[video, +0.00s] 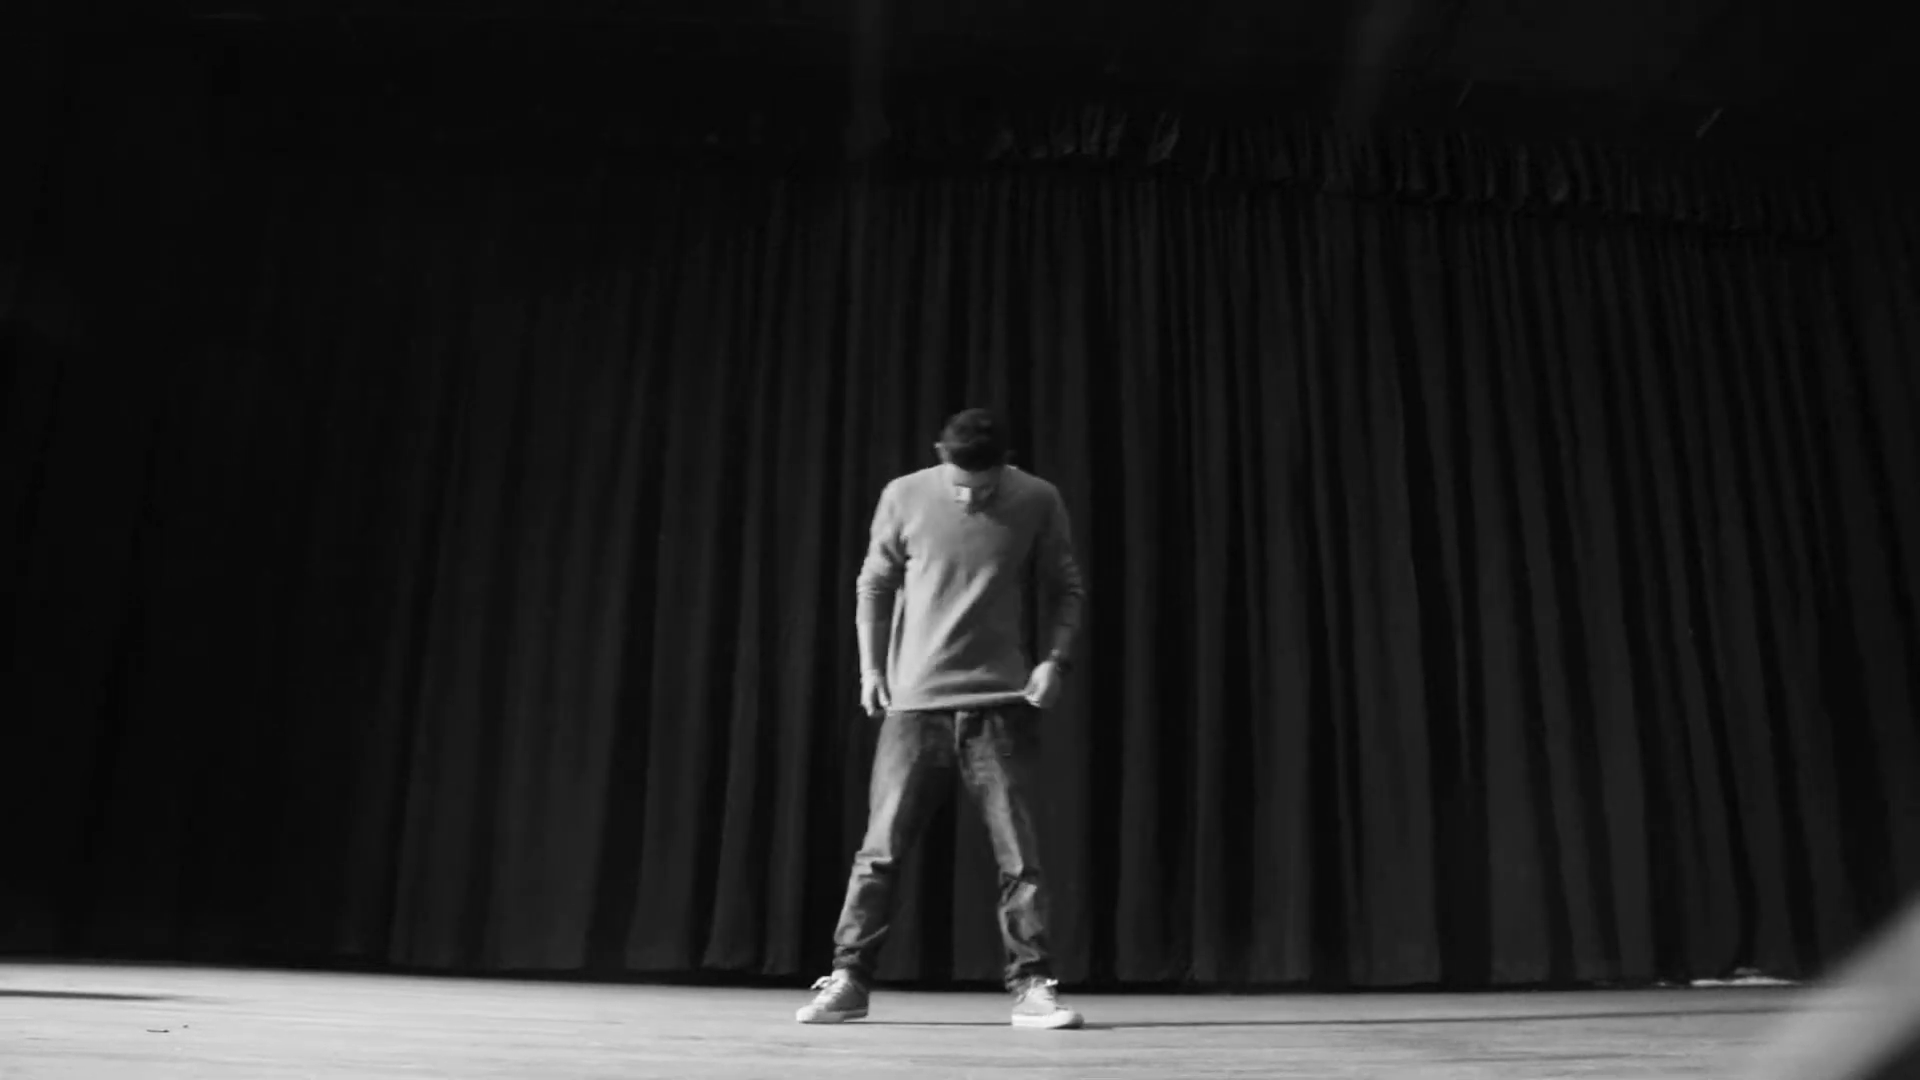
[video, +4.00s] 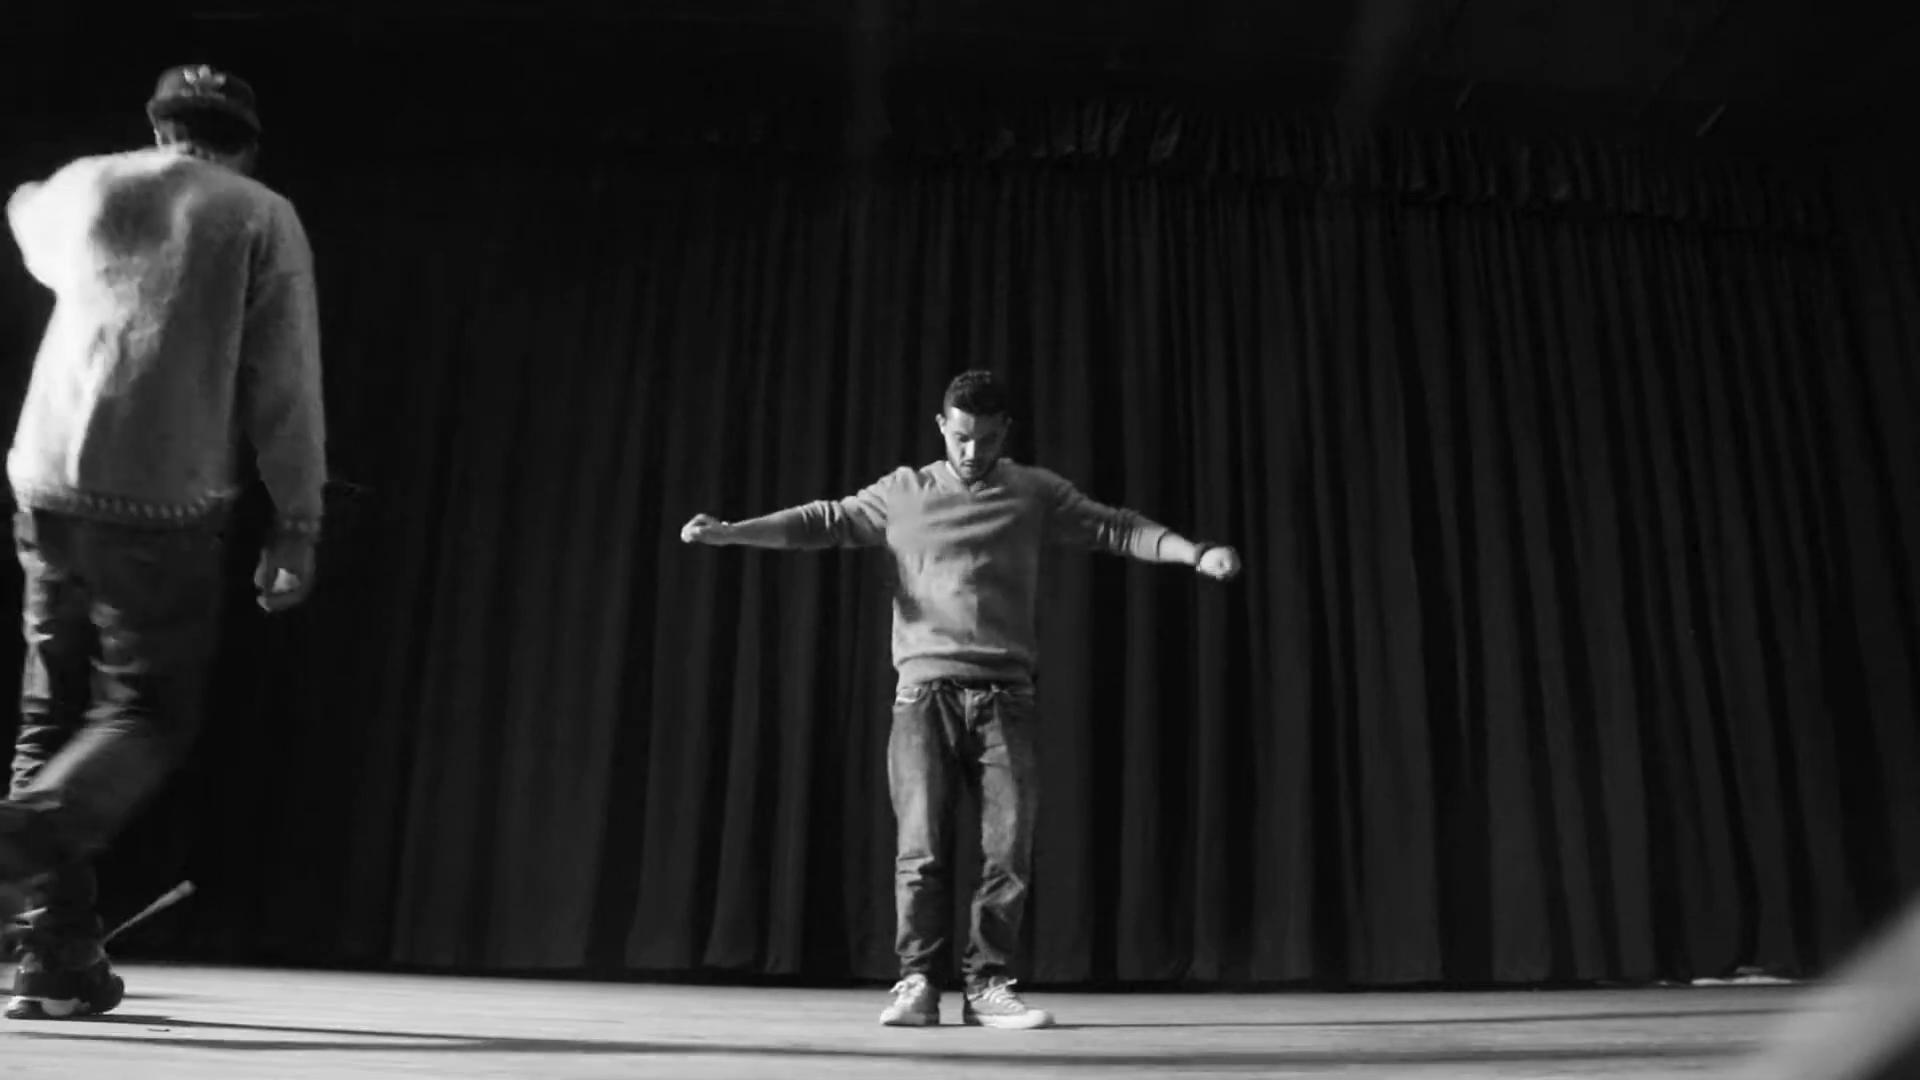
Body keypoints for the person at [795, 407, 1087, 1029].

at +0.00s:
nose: (968, 495)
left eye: (979, 484)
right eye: (957, 483)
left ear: (1001, 466)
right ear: (941, 463)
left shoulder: (1038, 502)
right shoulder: (903, 498)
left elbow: (1068, 592)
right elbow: (874, 583)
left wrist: (1054, 663)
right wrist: (870, 668)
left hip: (996, 702)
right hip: (913, 703)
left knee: (1019, 856)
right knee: (880, 851)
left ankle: (1032, 989)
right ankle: (847, 981)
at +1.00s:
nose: (929, 554)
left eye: (938, 544)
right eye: (917, 544)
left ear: (959, 516)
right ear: (899, 517)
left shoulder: (999, 513)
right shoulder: (867, 523)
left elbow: (1080, 570)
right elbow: (801, 580)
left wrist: (1127, 650)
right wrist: (737, 654)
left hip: (986, 709)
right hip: (904, 708)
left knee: (1010, 851)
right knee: (877, 852)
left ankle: (1033, 988)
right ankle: (849, 983)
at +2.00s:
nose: (951, 485)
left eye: (963, 473)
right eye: (940, 474)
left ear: (981, 453)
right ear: (919, 456)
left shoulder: (1017, 483)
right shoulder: (884, 488)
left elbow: (1095, 532)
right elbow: (807, 525)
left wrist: (1164, 578)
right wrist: (727, 577)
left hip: (992, 704)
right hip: (910, 701)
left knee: (1019, 850)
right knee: (871, 840)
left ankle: (1035, 988)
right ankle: (851, 980)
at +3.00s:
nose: (986, 458)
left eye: (999, 446)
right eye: (974, 443)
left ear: (1017, 441)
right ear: (950, 430)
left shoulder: (1041, 493)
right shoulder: (909, 486)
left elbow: (1121, 525)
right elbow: (820, 502)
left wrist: (1208, 549)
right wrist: (724, 520)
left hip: (1009, 691)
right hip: (928, 689)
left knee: (1025, 846)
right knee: (911, 841)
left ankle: (1023, 990)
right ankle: (883, 980)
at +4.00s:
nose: (973, 449)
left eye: (985, 436)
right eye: (962, 435)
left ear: (1006, 432)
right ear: (942, 428)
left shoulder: (1036, 492)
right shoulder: (904, 493)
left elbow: (1116, 529)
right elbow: (823, 519)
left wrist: (1195, 553)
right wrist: (733, 531)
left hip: (1006, 690)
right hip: (925, 690)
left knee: (1009, 848)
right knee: (923, 845)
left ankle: (992, 989)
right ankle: (916, 985)